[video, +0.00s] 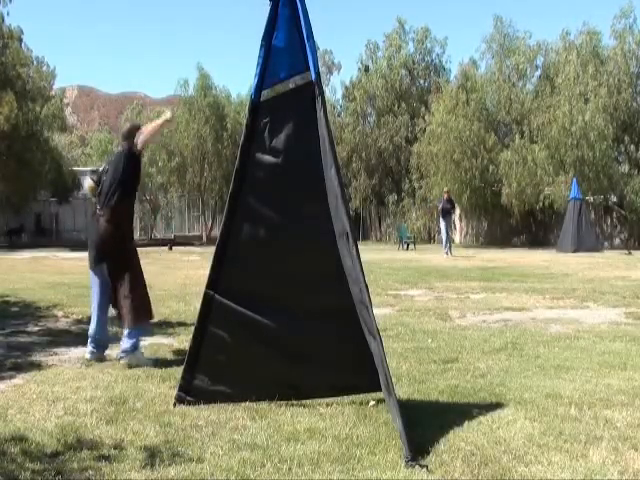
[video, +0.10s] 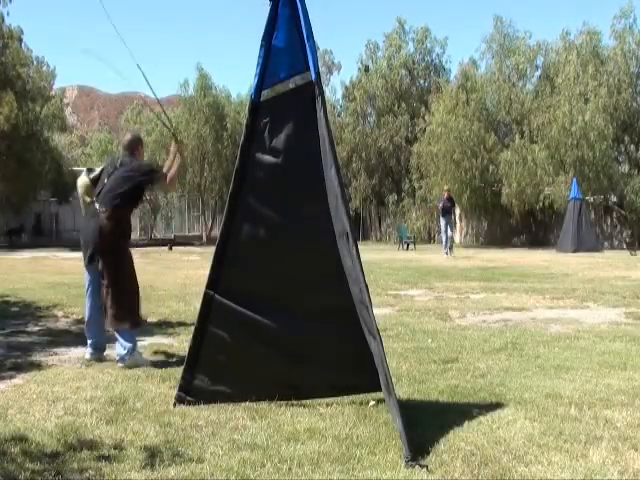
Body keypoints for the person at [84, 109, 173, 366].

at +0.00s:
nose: (144, 140)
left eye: (143, 137)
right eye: (142, 136)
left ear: (123, 138)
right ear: (135, 138)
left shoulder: (110, 163)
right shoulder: (129, 156)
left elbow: (94, 186)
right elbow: (143, 136)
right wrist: (163, 119)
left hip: (98, 238)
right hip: (118, 238)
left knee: (100, 296)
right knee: (133, 292)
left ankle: (95, 347)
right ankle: (130, 349)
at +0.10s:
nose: (144, 151)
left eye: (141, 148)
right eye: (143, 148)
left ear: (123, 148)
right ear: (139, 149)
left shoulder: (112, 164)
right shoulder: (141, 168)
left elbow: (90, 184)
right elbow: (167, 181)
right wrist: (177, 156)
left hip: (92, 224)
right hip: (111, 229)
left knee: (94, 285)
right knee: (122, 284)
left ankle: (94, 346)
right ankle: (126, 350)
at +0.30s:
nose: (140, 158)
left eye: (138, 154)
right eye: (139, 154)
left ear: (119, 154)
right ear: (133, 155)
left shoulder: (102, 168)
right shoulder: (135, 182)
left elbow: (75, 193)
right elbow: (137, 224)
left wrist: (88, 219)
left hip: (90, 230)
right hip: (112, 236)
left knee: (95, 289)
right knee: (127, 290)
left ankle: (89, 346)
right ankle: (127, 351)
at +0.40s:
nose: (131, 149)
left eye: (128, 144)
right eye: (131, 145)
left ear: (111, 144)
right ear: (127, 146)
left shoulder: (95, 161)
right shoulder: (131, 172)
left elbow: (76, 192)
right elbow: (132, 213)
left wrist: (92, 206)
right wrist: (131, 242)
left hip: (85, 230)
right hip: (108, 235)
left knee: (92, 290)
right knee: (117, 291)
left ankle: (74, 346)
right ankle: (127, 352)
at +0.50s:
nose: (123, 141)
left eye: (122, 137)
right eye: (122, 138)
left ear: (102, 138)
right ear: (115, 138)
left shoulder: (86, 158)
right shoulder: (117, 161)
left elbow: (67, 193)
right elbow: (135, 192)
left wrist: (83, 206)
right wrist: (139, 207)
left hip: (77, 226)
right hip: (98, 229)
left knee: (80, 289)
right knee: (110, 290)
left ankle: (68, 349)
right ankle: (130, 351)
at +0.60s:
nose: (118, 139)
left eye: (116, 135)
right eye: (115, 134)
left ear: (96, 137)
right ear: (108, 135)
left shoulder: (84, 159)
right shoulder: (109, 155)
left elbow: (64, 189)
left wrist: (71, 214)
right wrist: (152, 178)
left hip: (74, 228)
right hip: (93, 230)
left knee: (80, 290)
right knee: (114, 287)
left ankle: (67, 351)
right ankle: (118, 349)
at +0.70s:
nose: (116, 150)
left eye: (116, 147)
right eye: (116, 146)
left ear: (97, 146)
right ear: (109, 144)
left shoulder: (79, 166)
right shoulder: (97, 159)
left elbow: (59, 187)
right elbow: (111, 125)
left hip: (72, 235)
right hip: (89, 234)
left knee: (84, 290)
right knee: (111, 289)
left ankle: (68, 348)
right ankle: (104, 351)